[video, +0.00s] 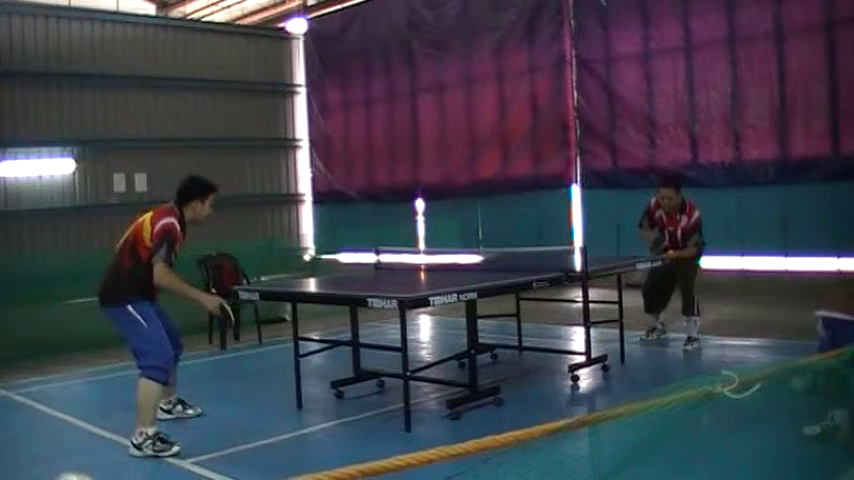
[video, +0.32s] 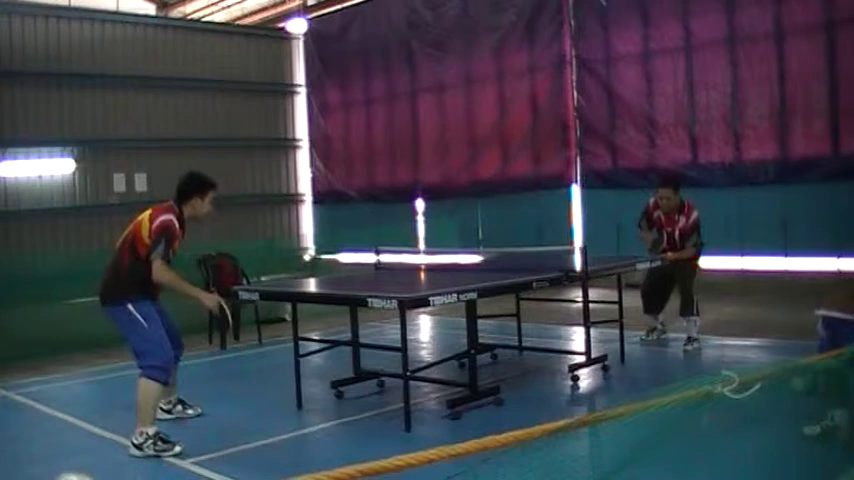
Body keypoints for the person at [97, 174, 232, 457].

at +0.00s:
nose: (210, 211)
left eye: (211, 205)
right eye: (209, 205)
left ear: (190, 201)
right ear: (194, 203)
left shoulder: (167, 216)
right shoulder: (168, 224)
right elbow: (160, 275)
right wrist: (202, 298)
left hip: (139, 295)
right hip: (123, 297)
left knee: (172, 347)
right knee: (157, 356)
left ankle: (167, 403)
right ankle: (143, 435)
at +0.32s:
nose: (210, 208)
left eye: (211, 202)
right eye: (209, 202)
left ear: (190, 198)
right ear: (194, 200)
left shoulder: (168, 215)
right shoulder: (167, 222)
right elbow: (159, 272)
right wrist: (201, 296)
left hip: (141, 293)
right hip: (124, 296)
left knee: (172, 346)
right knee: (156, 358)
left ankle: (167, 403)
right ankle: (143, 435)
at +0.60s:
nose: (211, 208)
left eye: (211, 202)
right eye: (209, 202)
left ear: (191, 199)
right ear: (195, 200)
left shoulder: (171, 217)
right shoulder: (167, 222)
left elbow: (157, 269)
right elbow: (158, 273)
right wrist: (200, 298)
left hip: (142, 294)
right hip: (125, 296)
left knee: (172, 347)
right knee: (157, 358)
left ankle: (167, 403)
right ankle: (144, 435)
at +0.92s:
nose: (213, 207)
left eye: (213, 201)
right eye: (211, 201)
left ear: (193, 199)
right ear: (196, 200)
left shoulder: (174, 219)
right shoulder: (168, 222)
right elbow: (157, 273)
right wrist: (199, 301)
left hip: (143, 293)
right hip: (125, 295)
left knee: (173, 346)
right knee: (157, 357)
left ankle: (167, 403)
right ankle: (144, 435)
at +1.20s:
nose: (214, 206)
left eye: (214, 199)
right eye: (212, 199)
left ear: (194, 197)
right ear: (197, 199)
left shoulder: (175, 218)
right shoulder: (170, 223)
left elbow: (156, 270)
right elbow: (155, 273)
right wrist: (194, 307)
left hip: (144, 293)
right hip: (126, 295)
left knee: (173, 346)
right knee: (156, 358)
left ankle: (167, 403)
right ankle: (144, 435)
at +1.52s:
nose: (208, 189)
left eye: (208, 183)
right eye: (206, 182)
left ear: (186, 182)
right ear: (190, 183)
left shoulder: (169, 204)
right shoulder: (166, 212)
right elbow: (157, 264)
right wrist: (193, 299)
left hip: (152, 289)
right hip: (135, 291)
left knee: (173, 346)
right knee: (158, 356)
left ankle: (167, 403)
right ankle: (144, 434)